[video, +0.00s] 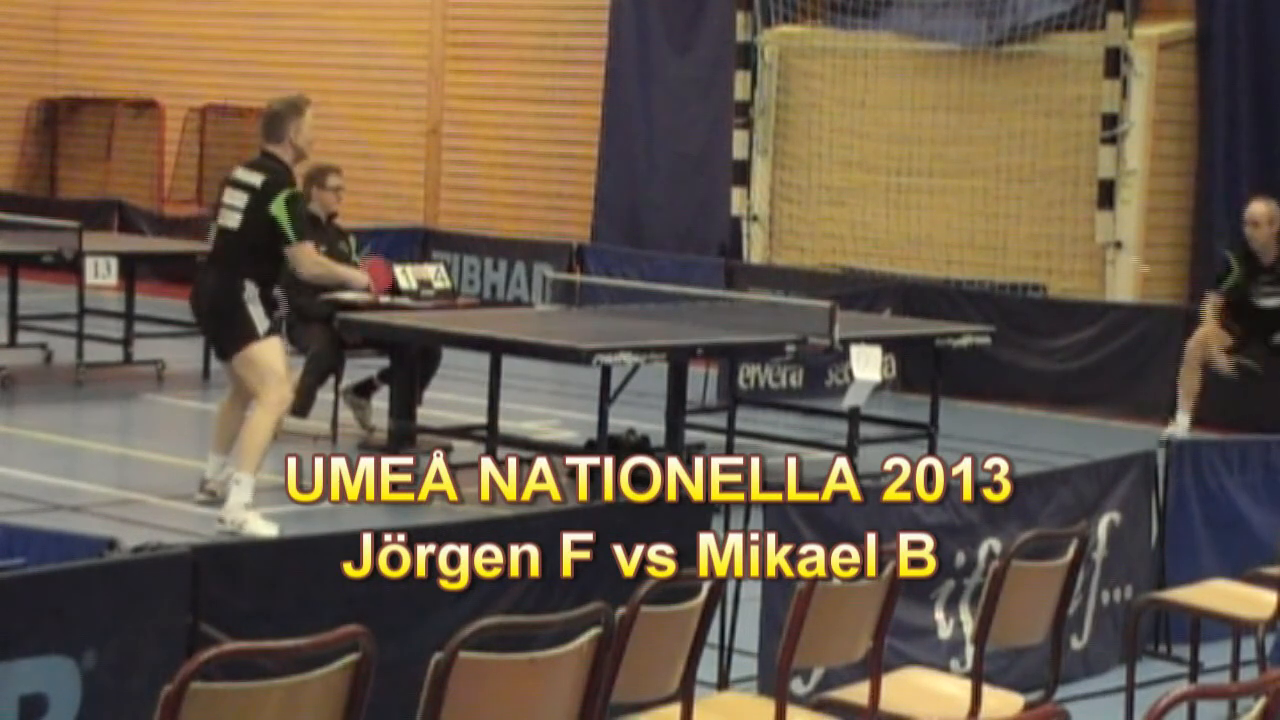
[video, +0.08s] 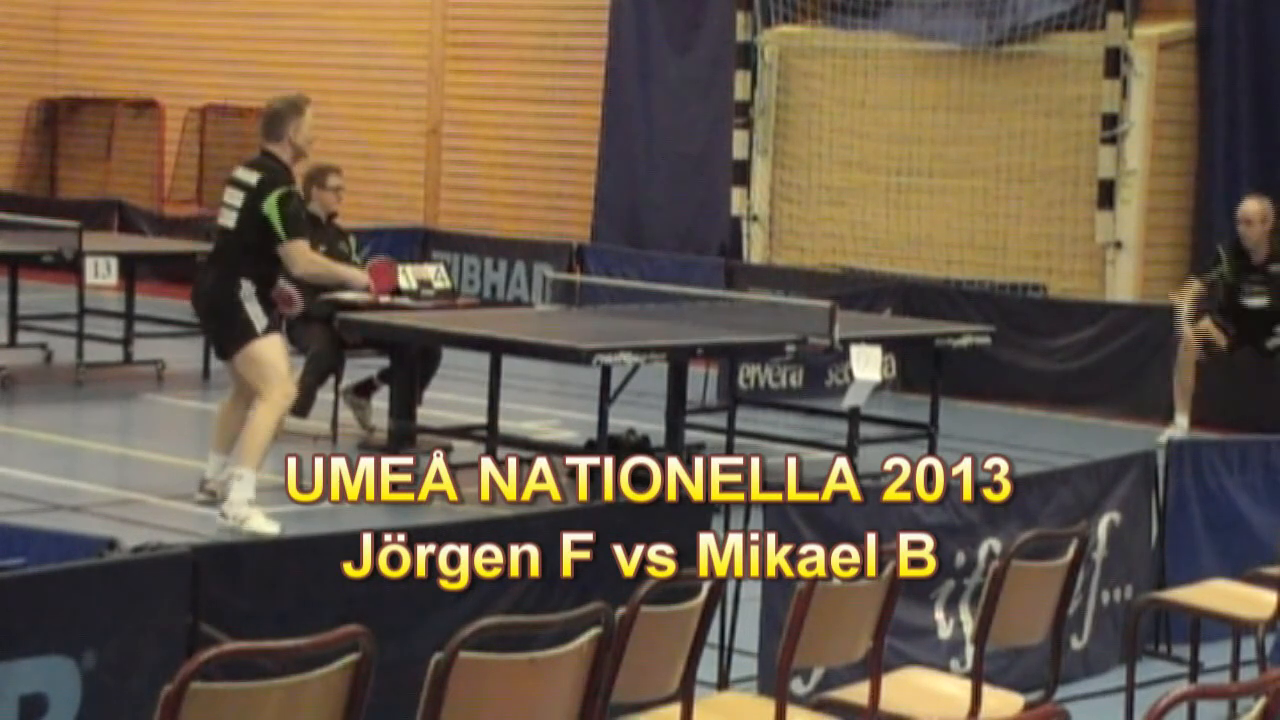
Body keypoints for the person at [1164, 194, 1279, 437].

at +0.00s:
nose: (1249, 231)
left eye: (1256, 224)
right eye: (1247, 224)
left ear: (1275, 227)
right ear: (1242, 226)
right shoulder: (1241, 264)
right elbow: (1210, 305)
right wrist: (1217, 350)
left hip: (1275, 332)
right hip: (1246, 328)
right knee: (1196, 344)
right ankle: (1182, 421)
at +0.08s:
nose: (1242, 229)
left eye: (1249, 223)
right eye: (1239, 222)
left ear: (1268, 224)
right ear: (1235, 224)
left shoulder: (1275, 258)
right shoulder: (1230, 256)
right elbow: (1195, 288)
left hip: (1270, 328)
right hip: (1233, 325)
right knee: (1188, 342)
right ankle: (1181, 423)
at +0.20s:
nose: (1235, 225)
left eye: (1242, 218)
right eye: (1233, 218)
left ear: (1260, 222)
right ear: (1228, 221)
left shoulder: (1273, 254)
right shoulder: (1220, 250)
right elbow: (1194, 259)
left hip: (1270, 322)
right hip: (1232, 318)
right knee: (1189, 350)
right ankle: (1181, 423)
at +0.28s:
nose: (1241, 219)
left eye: (1249, 212)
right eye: (1239, 212)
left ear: (1268, 216)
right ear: (1235, 214)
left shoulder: (1276, 252)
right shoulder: (1227, 247)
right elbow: (1186, 260)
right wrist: (1147, 262)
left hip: (1272, 322)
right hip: (1235, 318)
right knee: (1193, 354)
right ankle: (1181, 424)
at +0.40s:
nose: (1260, 217)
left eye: (1268, 211)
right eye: (1259, 209)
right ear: (1255, 212)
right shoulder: (1246, 247)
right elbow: (1212, 279)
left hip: (1275, 322)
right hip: (1250, 319)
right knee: (1207, 358)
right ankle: (1185, 422)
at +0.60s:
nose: (1267, 216)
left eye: (1272, 209)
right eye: (1265, 209)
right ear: (1261, 212)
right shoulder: (1258, 246)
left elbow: (1238, 288)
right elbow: (1237, 288)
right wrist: (1211, 326)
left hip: (1270, 315)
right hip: (1268, 314)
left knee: (1222, 355)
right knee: (1221, 355)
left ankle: (1213, 420)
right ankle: (1213, 420)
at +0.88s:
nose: (1234, 192)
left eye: (1240, 185)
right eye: (1231, 185)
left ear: (1260, 187)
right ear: (1229, 188)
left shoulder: (1276, 219)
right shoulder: (1234, 222)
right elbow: (1219, 268)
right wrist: (1190, 303)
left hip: (1276, 305)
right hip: (1257, 304)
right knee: (1214, 354)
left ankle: (1229, 417)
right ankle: (1229, 417)